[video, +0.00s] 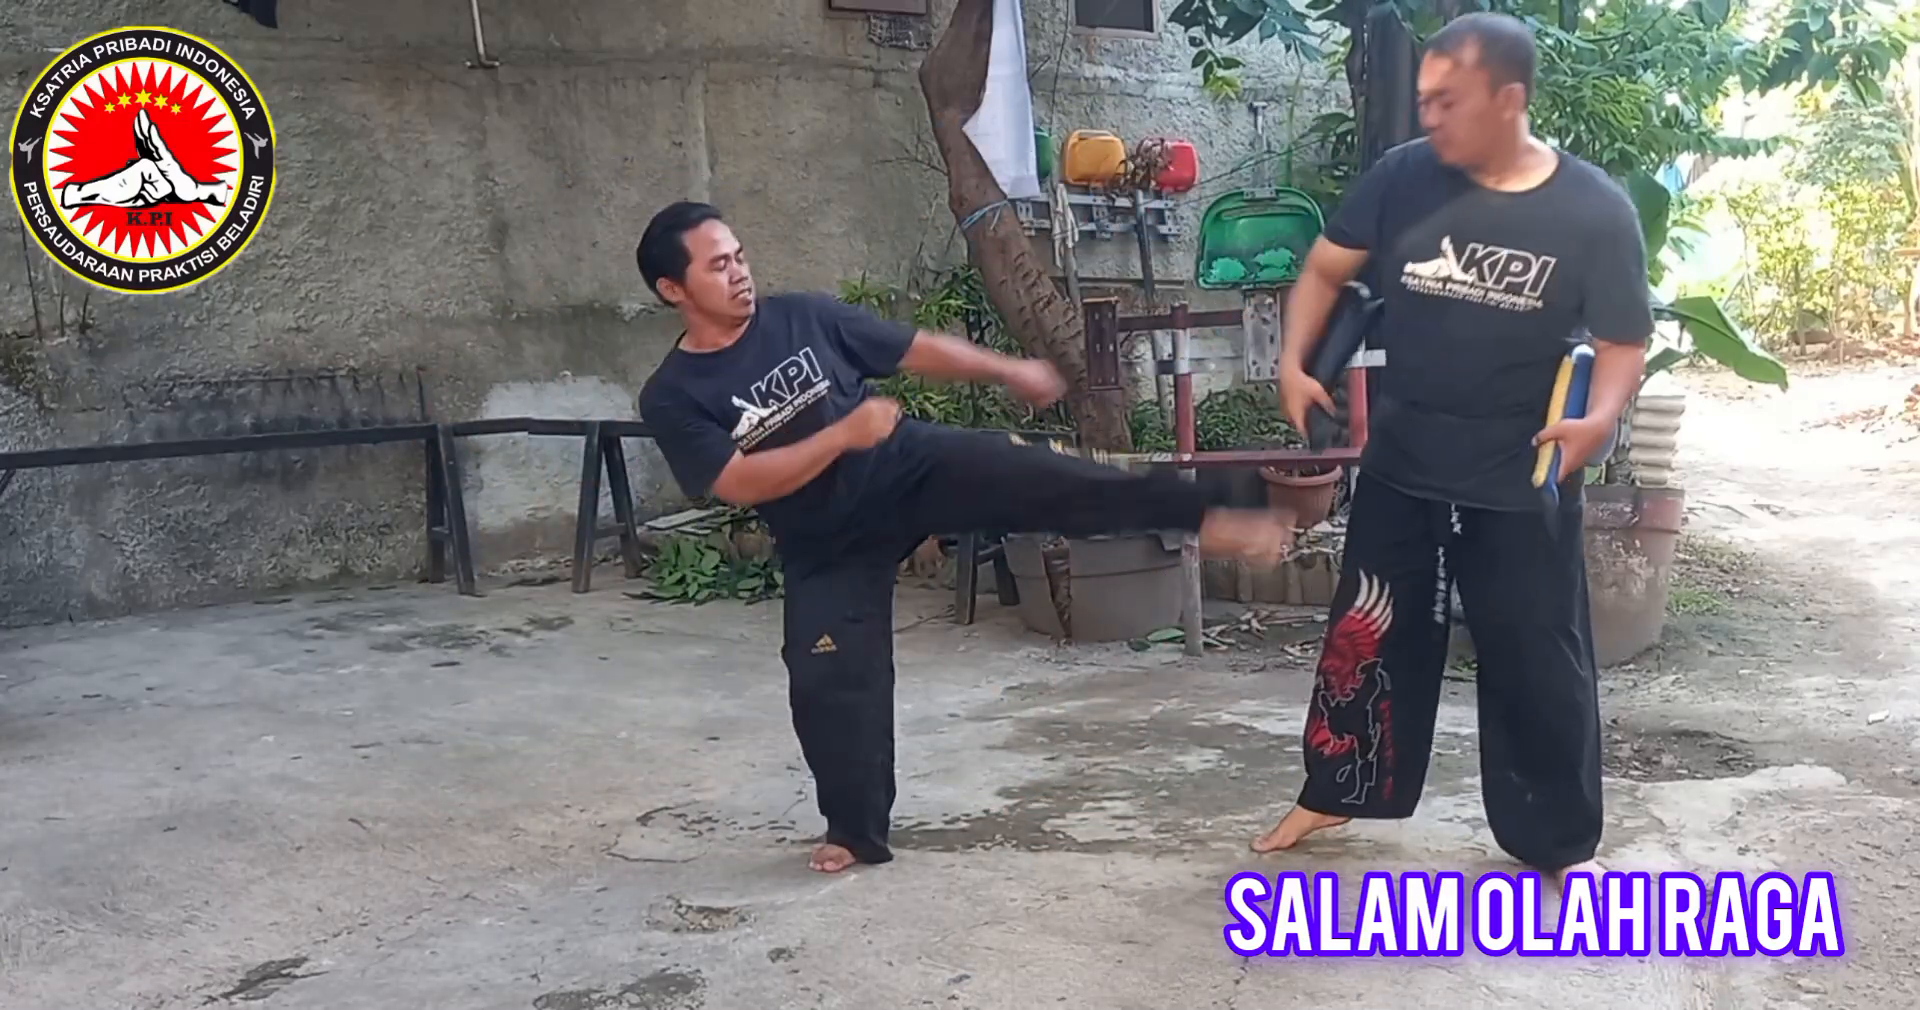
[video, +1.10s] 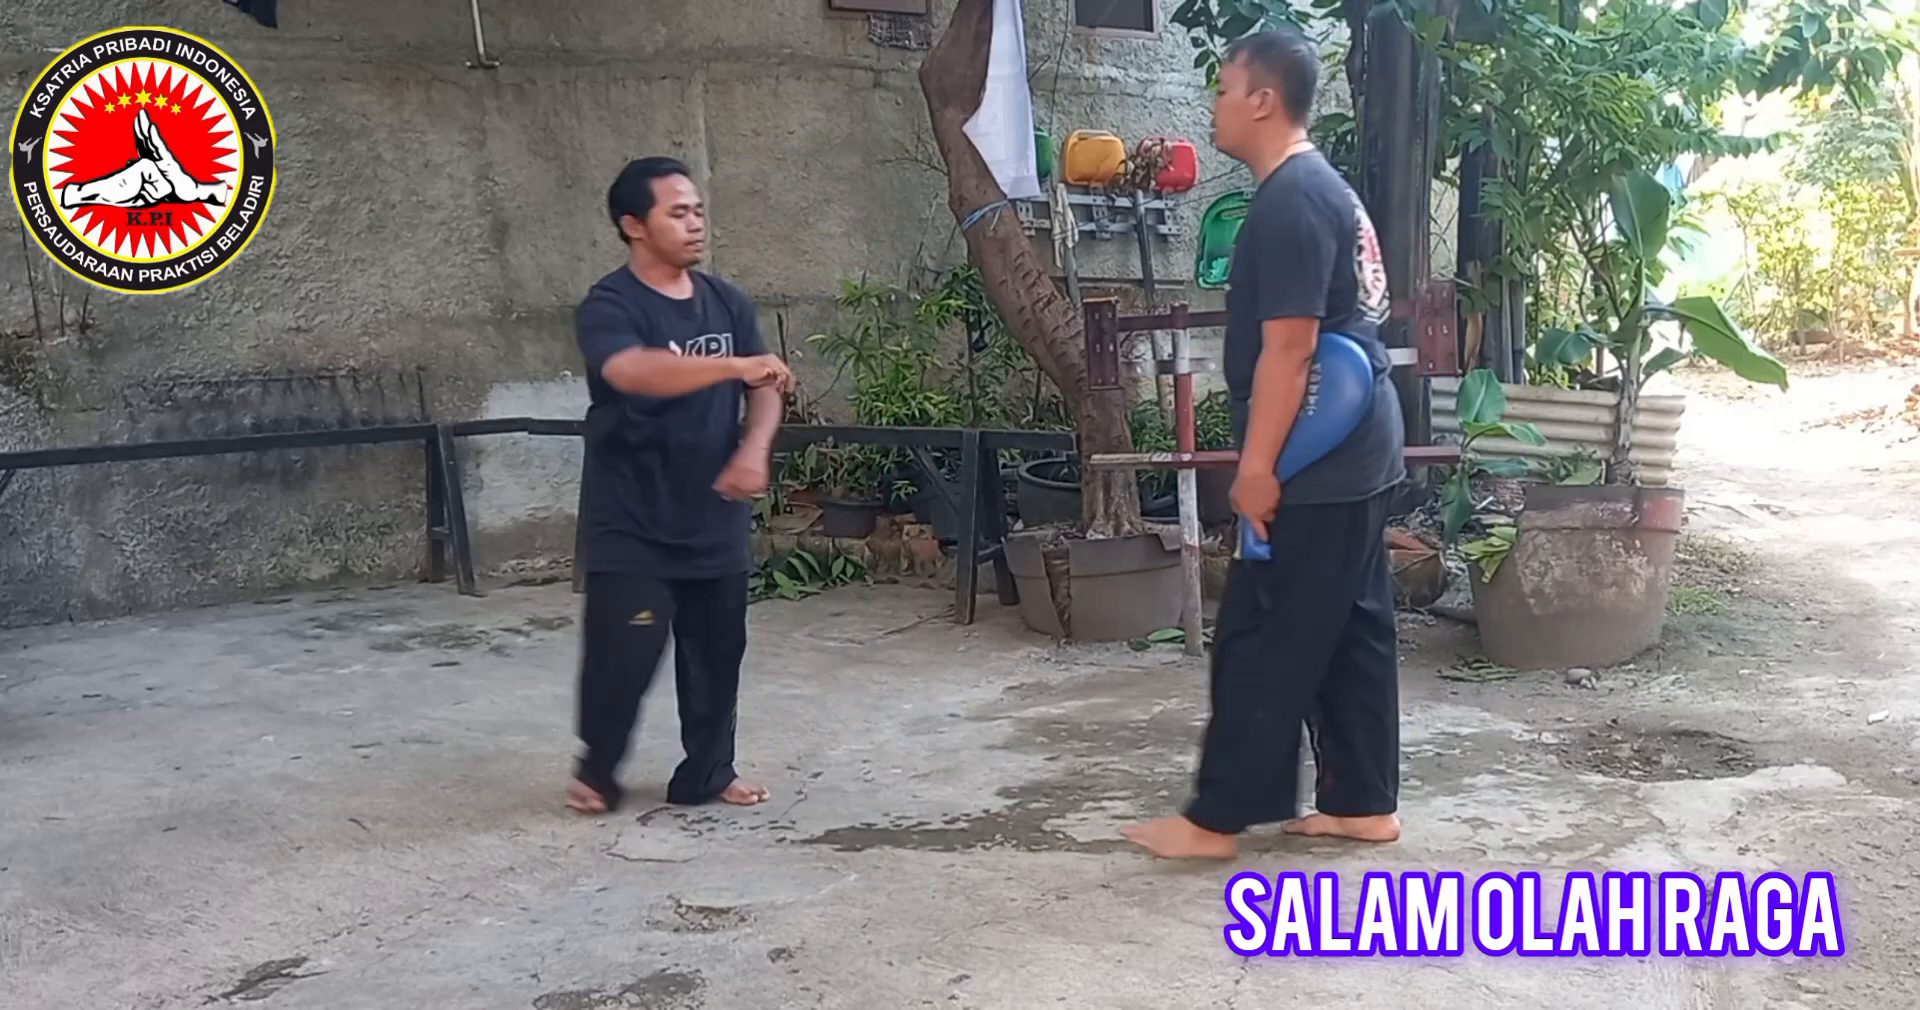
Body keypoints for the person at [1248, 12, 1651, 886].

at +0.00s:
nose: (1427, 118)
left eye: (1443, 101)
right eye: (1423, 101)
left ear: (1511, 98)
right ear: (1424, 99)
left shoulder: (1596, 210)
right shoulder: (1397, 180)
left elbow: (1623, 342)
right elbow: (1323, 272)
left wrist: (1599, 420)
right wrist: (1292, 363)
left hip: (1523, 478)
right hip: (1399, 466)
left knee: (1539, 667)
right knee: (1362, 635)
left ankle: (1557, 852)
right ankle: (1330, 795)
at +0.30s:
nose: (1426, 90)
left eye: (1440, 70)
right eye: (1424, 75)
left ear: (1504, 67)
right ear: (1478, 74)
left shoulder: (1591, 194)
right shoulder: (1440, 175)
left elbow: (1613, 345)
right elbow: (1437, 311)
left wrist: (1522, 409)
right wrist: (1419, 418)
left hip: (1531, 489)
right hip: (1417, 468)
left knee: (1537, 677)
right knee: (1369, 628)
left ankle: (1545, 852)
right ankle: (1340, 790)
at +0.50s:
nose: (1373, 102)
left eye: (1386, 82)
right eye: (1372, 86)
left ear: (1443, 79)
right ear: (1429, 86)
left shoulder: (1520, 188)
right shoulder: (1412, 188)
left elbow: (1522, 337)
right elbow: (1414, 326)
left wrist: (1409, 397)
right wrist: (1373, 411)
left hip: (1497, 483)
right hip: (1408, 468)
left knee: (1517, 671)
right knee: (1392, 647)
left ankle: (1543, 853)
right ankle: (1379, 806)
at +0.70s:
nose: (1298, 109)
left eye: (1307, 90)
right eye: (1299, 92)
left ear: (1349, 87)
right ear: (1356, 90)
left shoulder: (1408, 185)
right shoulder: (1366, 190)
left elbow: (1404, 331)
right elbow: (1365, 330)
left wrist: (1293, 391)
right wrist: (1283, 384)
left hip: (1420, 464)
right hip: (1367, 458)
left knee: (1442, 643)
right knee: (1367, 633)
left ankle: (1556, 824)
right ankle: (1369, 803)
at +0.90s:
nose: (1258, 112)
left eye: (1265, 93)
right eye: (1259, 95)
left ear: (1305, 91)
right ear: (1322, 92)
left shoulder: (1347, 187)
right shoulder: (1353, 178)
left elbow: (1335, 325)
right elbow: (1338, 326)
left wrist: (1212, 379)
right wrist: (1232, 385)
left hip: (1364, 446)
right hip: (1358, 441)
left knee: (1342, 627)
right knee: (1357, 622)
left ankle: (1417, 822)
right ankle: (1355, 801)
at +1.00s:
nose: (1241, 111)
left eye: (1247, 93)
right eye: (1243, 94)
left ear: (1288, 92)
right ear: (1307, 95)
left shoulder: (1322, 189)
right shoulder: (1350, 178)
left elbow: (1319, 331)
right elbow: (1341, 330)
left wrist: (1227, 421)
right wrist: (1245, 418)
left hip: (1335, 461)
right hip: (1375, 455)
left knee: (1305, 635)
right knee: (1369, 628)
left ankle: (1322, 836)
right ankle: (1373, 807)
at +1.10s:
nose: (1213, 107)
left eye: (1223, 91)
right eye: (1218, 90)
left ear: (1264, 100)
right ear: (1280, 102)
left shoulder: (1290, 198)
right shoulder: (1321, 187)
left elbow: (1290, 346)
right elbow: (1330, 337)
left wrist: (1257, 465)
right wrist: (1282, 451)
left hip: (1312, 463)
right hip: (1353, 458)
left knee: (1260, 636)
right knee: (1355, 637)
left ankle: (1219, 819)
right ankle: (1364, 805)